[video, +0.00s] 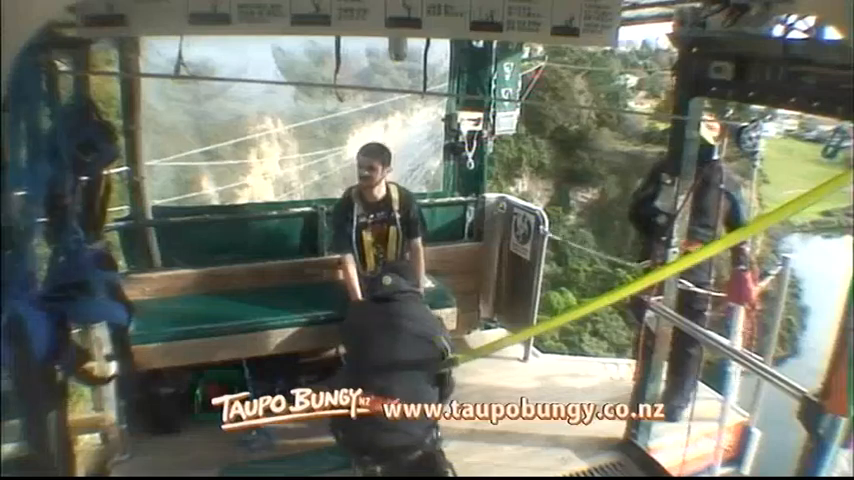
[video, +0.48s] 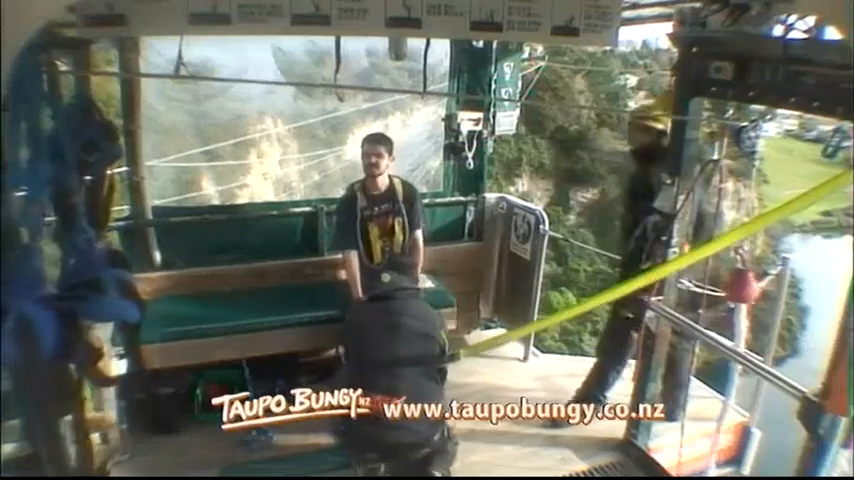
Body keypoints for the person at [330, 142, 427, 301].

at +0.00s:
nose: (364, 173)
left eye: (371, 169)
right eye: (360, 168)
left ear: (386, 171)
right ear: (356, 168)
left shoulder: (406, 200)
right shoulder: (346, 207)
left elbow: (416, 248)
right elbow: (348, 260)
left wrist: (419, 290)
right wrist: (358, 302)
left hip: (403, 287)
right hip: (365, 290)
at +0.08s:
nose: (366, 170)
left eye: (373, 165)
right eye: (363, 165)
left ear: (388, 168)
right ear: (358, 165)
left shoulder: (406, 199)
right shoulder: (348, 202)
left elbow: (415, 248)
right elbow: (347, 258)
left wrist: (417, 292)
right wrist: (358, 301)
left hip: (402, 284)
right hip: (365, 287)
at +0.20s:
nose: (371, 168)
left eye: (378, 163)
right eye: (367, 162)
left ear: (391, 167)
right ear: (361, 163)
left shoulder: (407, 198)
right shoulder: (349, 202)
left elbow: (414, 246)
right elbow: (348, 254)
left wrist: (415, 290)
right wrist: (357, 300)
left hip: (402, 283)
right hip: (366, 285)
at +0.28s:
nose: (372, 166)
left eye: (378, 161)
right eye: (367, 160)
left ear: (391, 165)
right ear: (362, 163)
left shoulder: (408, 196)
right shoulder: (350, 200)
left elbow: (414, 244)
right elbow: (348, 253)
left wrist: (414, 288)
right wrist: (356, 299)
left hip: (402, 282)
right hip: (366, 283)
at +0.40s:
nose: (372, 162)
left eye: (378, 157)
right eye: (367, 157)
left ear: (391, 161)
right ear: (361, 160)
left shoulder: (407, 193)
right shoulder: (351, 199)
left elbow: (416, 241)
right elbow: (348, 253)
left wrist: (414, 283)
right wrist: (356, 298)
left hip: (403, 278)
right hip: (367, 280)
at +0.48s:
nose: (371, 161)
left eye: (378, 156)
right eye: (367, 156)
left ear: (390, 160)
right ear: (361, 159)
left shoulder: (407, 191)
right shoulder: (351, 198)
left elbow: (417, 239)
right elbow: (350, 251)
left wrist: (414, 279)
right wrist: (358, 296)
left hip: (405, 278)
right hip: (368, 280)